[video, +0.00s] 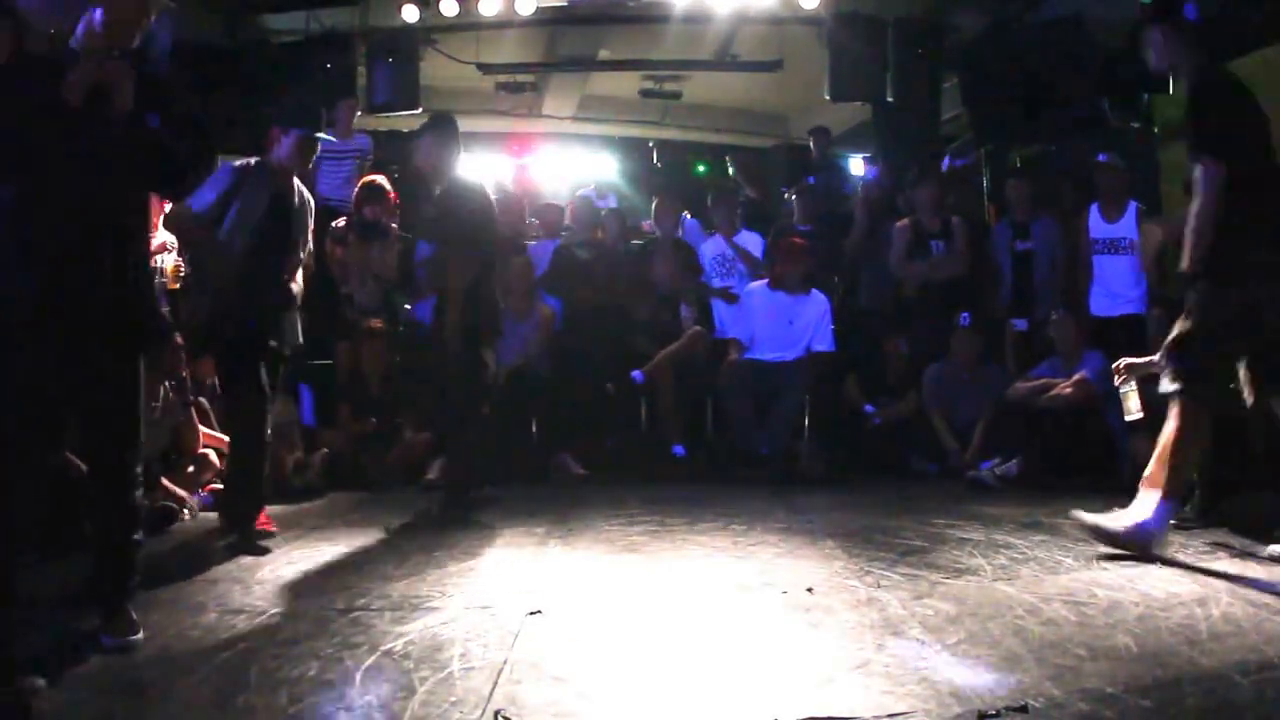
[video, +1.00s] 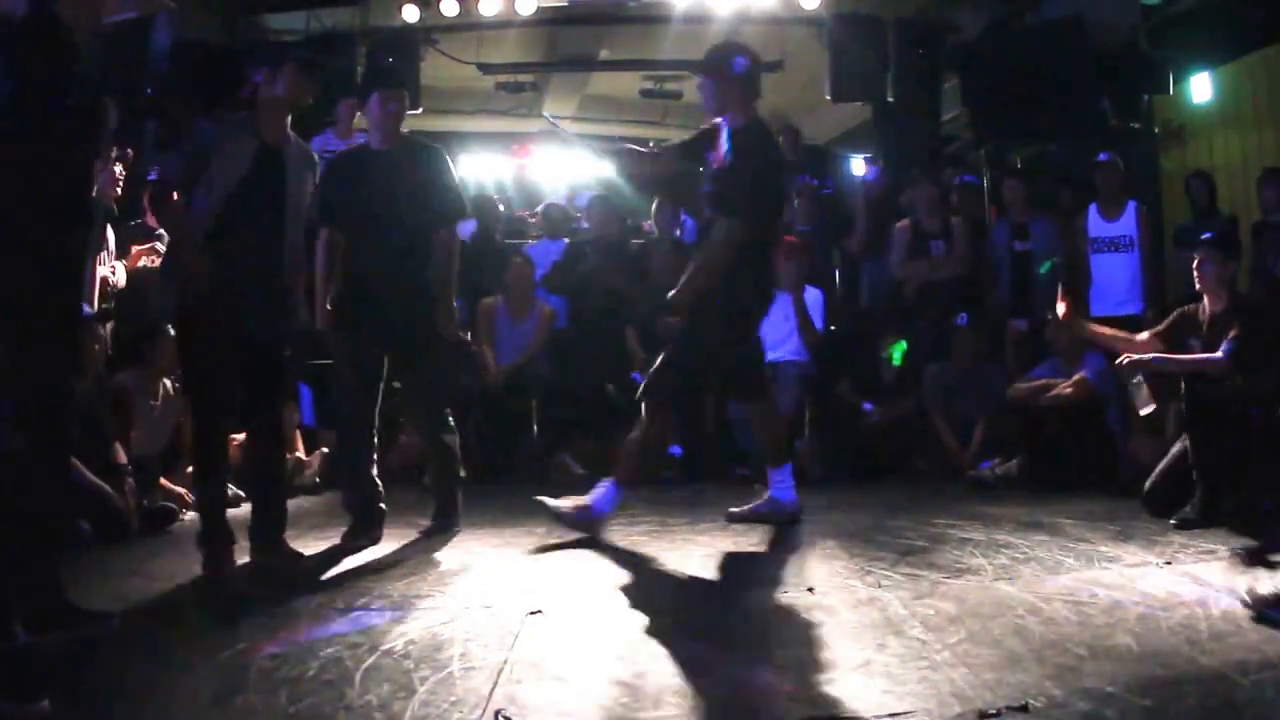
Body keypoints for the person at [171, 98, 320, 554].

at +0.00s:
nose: (308, 156)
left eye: (313, 148)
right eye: (302, 144)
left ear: (309, 151)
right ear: (277, 138)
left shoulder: (302, 199)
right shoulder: (238, 176)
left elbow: (300, 257)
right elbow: (185, 217)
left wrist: (291, 285)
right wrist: (214, 265)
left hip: (272, 320)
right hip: (231, 314)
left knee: (260, 412)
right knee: (250, 412)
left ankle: (246, 506)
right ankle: (242, 513)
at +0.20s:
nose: (290, 141)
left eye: (296, 133)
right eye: (283, 130)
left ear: (298, 137)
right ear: (255, 126)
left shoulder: (291, 188)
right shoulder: (211, 176)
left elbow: (282, 253)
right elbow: (175, 236)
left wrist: (285, 280)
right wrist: (201, 279)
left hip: (267, 311)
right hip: (212, 314)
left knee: (292, 401)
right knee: (220, 423)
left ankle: (265, 471)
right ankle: (221, 528)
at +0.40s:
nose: (282, 113)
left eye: (285, 104)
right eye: (273, 104)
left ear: (283, 109)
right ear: (243, 104)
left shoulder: (291, 164)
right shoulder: (204, 159)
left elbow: (294, 223)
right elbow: (168, 218)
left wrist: (294, 267)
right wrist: (196, 263)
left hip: (267, 305)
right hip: (211, 304)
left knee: (268, 408)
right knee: (216, 413)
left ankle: (257, 509)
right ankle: (226, 516)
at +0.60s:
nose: (283, 119)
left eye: (285, 110)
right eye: (273, 110)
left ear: (285, 115)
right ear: (243, 114)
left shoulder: (297, 175)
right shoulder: (203, 173)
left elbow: (309, 232)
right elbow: (164, 231)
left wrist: (293, 276)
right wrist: (184, 278)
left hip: (271, 313)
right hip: (212, 313)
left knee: (262, 419)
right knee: (215, 421)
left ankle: (265, 525)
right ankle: (231, 517)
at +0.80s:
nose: (303, 114)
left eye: (304, 105)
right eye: (294, 102)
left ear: (301, 115)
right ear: (262, 102)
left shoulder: (305, 179)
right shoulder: (211, 161)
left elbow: (307, 253)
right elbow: (165, 218)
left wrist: (298, 312)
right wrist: (180, 274)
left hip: (273, 316)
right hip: (208, 314)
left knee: (278, 429)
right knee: (202, 417)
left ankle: (270, 537)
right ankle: (225, 492)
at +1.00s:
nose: (288, 97)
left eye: (296, 89)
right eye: (281, 85)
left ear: (302, 95)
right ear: (260, 84)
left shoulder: (303, 159)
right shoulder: (216, 137)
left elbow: (301, 237)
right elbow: (162, 193)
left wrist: (301, 301)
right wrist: (189, 244)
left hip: (269, 308)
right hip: (208, 306)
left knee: (270, 428)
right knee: (210, 426)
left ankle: (269, 541)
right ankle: (216, 547)